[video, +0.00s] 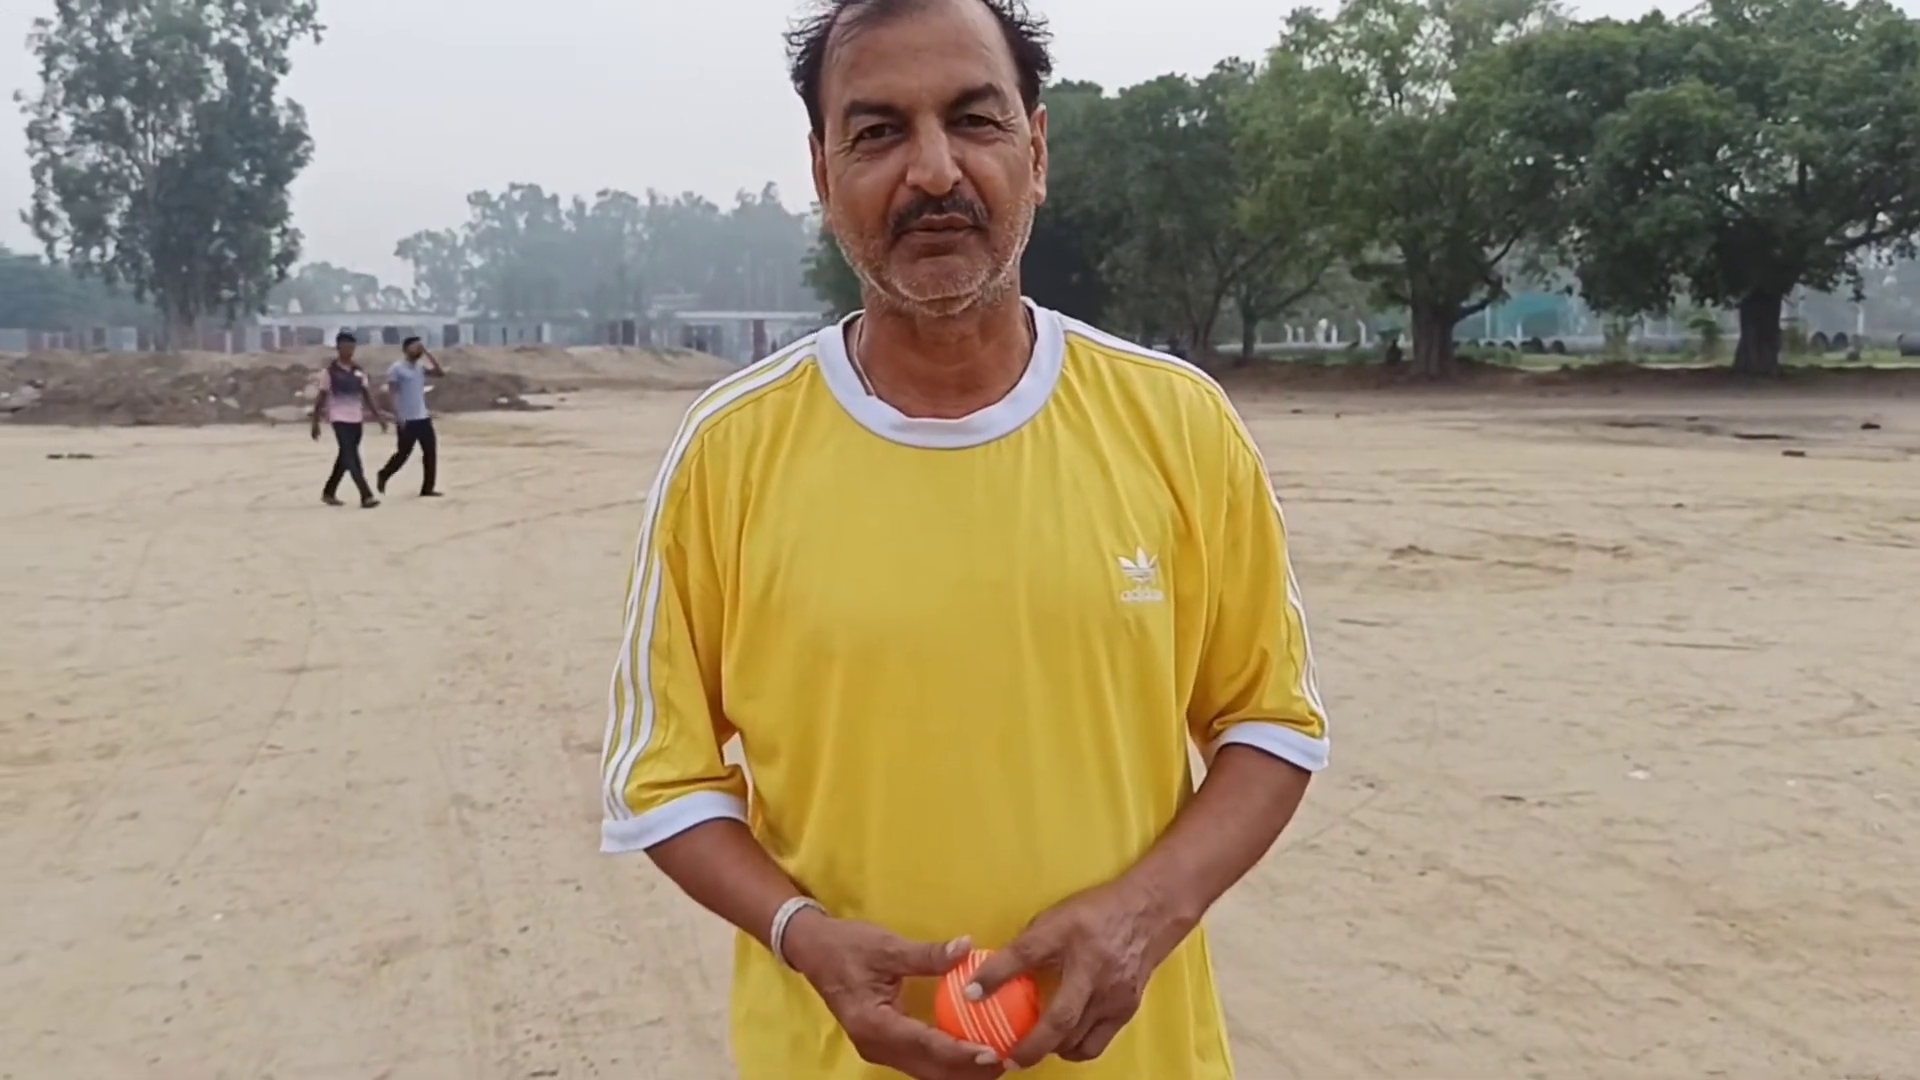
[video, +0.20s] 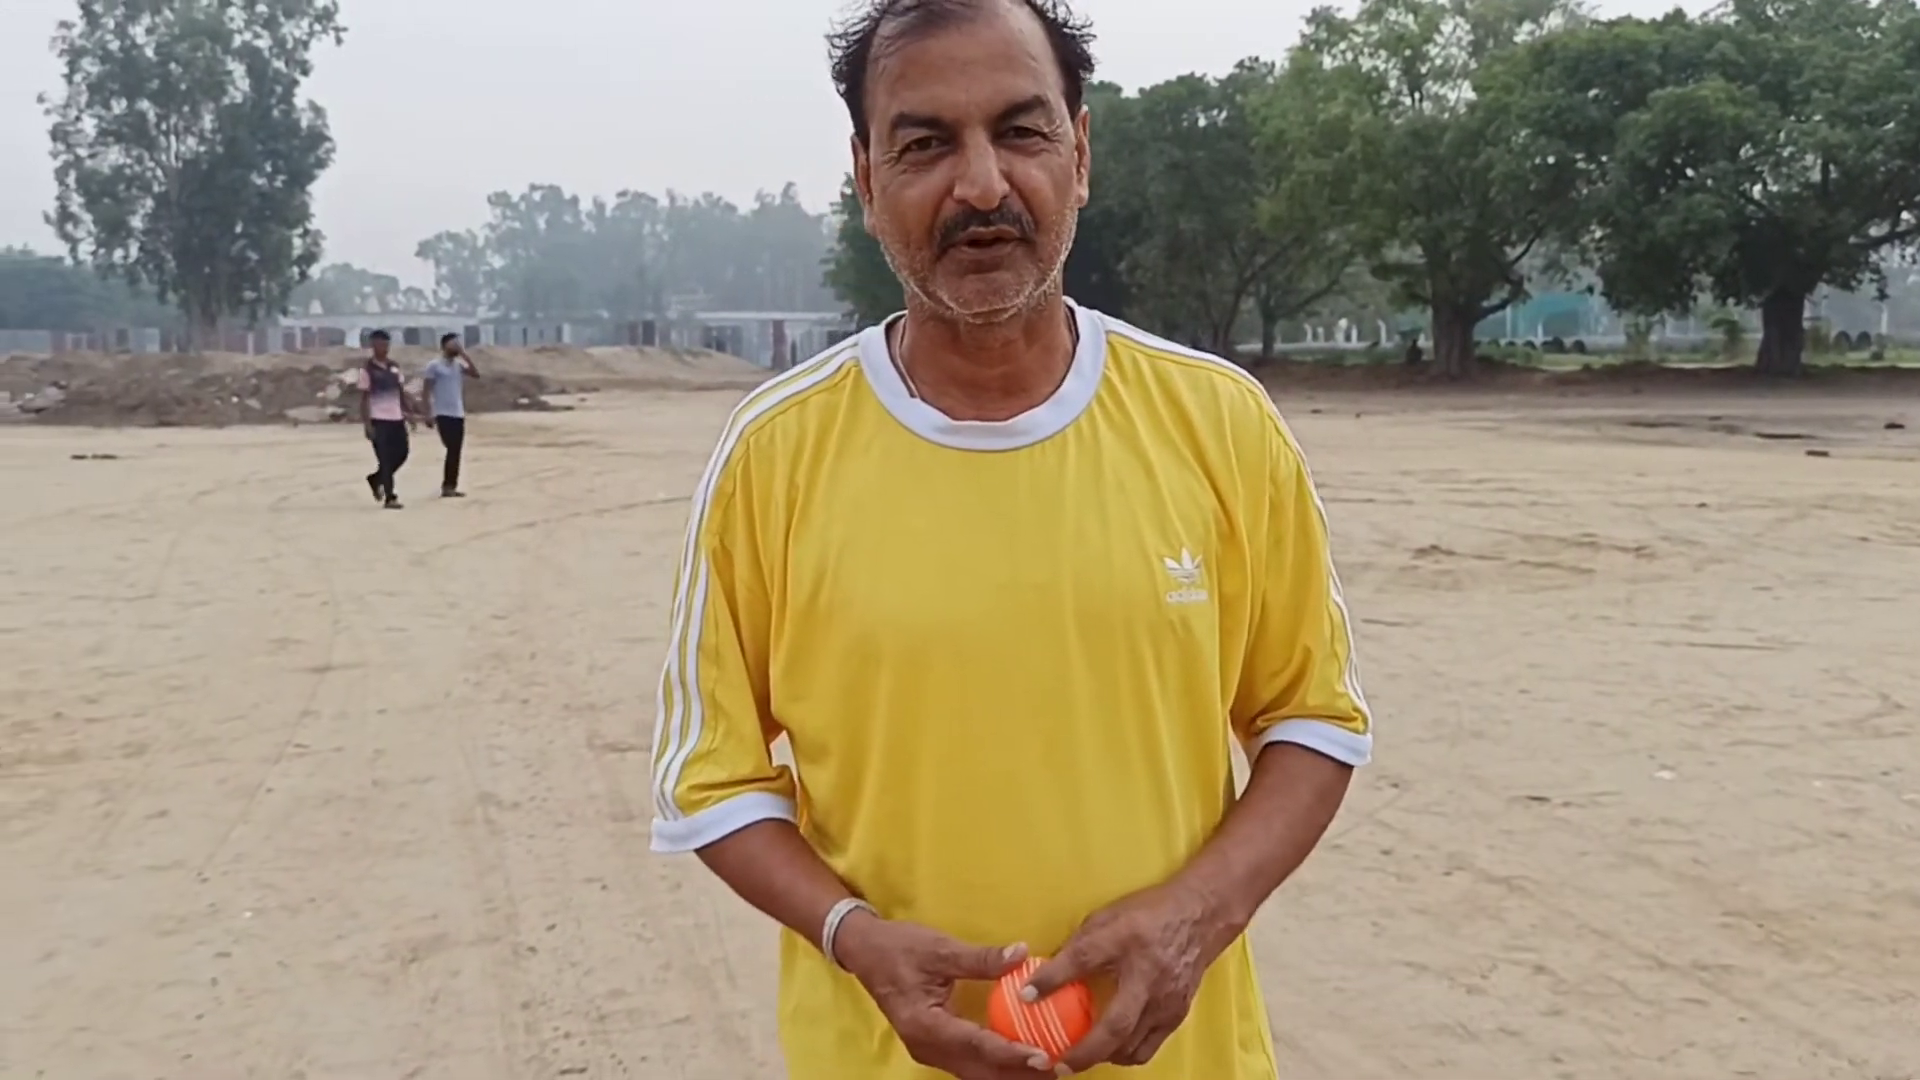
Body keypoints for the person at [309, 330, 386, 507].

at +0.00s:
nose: (348, 351)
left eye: (351, 348)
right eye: (344, 347)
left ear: (354, 348)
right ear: (338, 348)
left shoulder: (359, 372)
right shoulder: (329, 372)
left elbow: (367, 397)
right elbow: (321, 398)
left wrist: (379, 416)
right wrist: (315, 423)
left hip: (356, 420)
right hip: (339, 419)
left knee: (344, 458)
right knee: (351, 458)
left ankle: (329, 491)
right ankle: (366, 495)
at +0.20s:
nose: (382, 349)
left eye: (384, 345)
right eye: (378, 345)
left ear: (389, 346)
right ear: (372, 346)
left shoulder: (394, 368)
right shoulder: (367, 370)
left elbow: (401, 394)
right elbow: (364, 398)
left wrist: (410, 414)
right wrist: (367, 423)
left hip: (396, 418)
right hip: (379, 418)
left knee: (402, 452)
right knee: (385, 456)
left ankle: (377, 478)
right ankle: (390, 494)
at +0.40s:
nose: (405, 347)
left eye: (408, 343)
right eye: (402, 343)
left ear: (411, 344)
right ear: (395, 344)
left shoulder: (417, 367)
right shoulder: (390, 369)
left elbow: (423, 394)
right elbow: (392, 396)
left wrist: (429, 414)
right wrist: (409, 415)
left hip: (420, 418)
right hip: (400, 419)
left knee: (429, 458)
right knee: (399, 460)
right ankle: (399, 496)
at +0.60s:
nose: (430, 348)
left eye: (433, 344)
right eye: (427, 344)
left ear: (436, 345)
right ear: (420, 345)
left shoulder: (441, 368)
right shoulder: (415, 369)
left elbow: (445, 393)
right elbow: (415, 397)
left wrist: (450, 413)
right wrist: (435, 414)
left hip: (444, 420)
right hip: (425, 420)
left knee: (449, 460)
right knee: (417, 459)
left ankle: (452, 496)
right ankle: (407, 493)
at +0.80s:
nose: (456, 344)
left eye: (459, 340)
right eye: (452, 340)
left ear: (462, 342)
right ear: (445, 341)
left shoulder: (465, 365)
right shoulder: (437, 365)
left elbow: (471, 392)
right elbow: (435, 394)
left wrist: (476, 416)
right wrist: (437, 419)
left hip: (468, 415)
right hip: (449, 415)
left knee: (467, 459)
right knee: (454, 455)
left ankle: (460, 496)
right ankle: (435, 483)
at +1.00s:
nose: (474, 343)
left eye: (477, 339)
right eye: (471, 339)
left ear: (480, 340)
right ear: (463, 340)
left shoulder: (483, 363)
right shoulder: (452, 363)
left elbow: (489, 388)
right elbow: (443, 390)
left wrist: (498, 410)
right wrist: (436, 416)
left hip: (481, 412)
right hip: (463, 411)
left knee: (472, 452)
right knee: (473, 452)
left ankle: (460, 490)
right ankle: (478, 494)